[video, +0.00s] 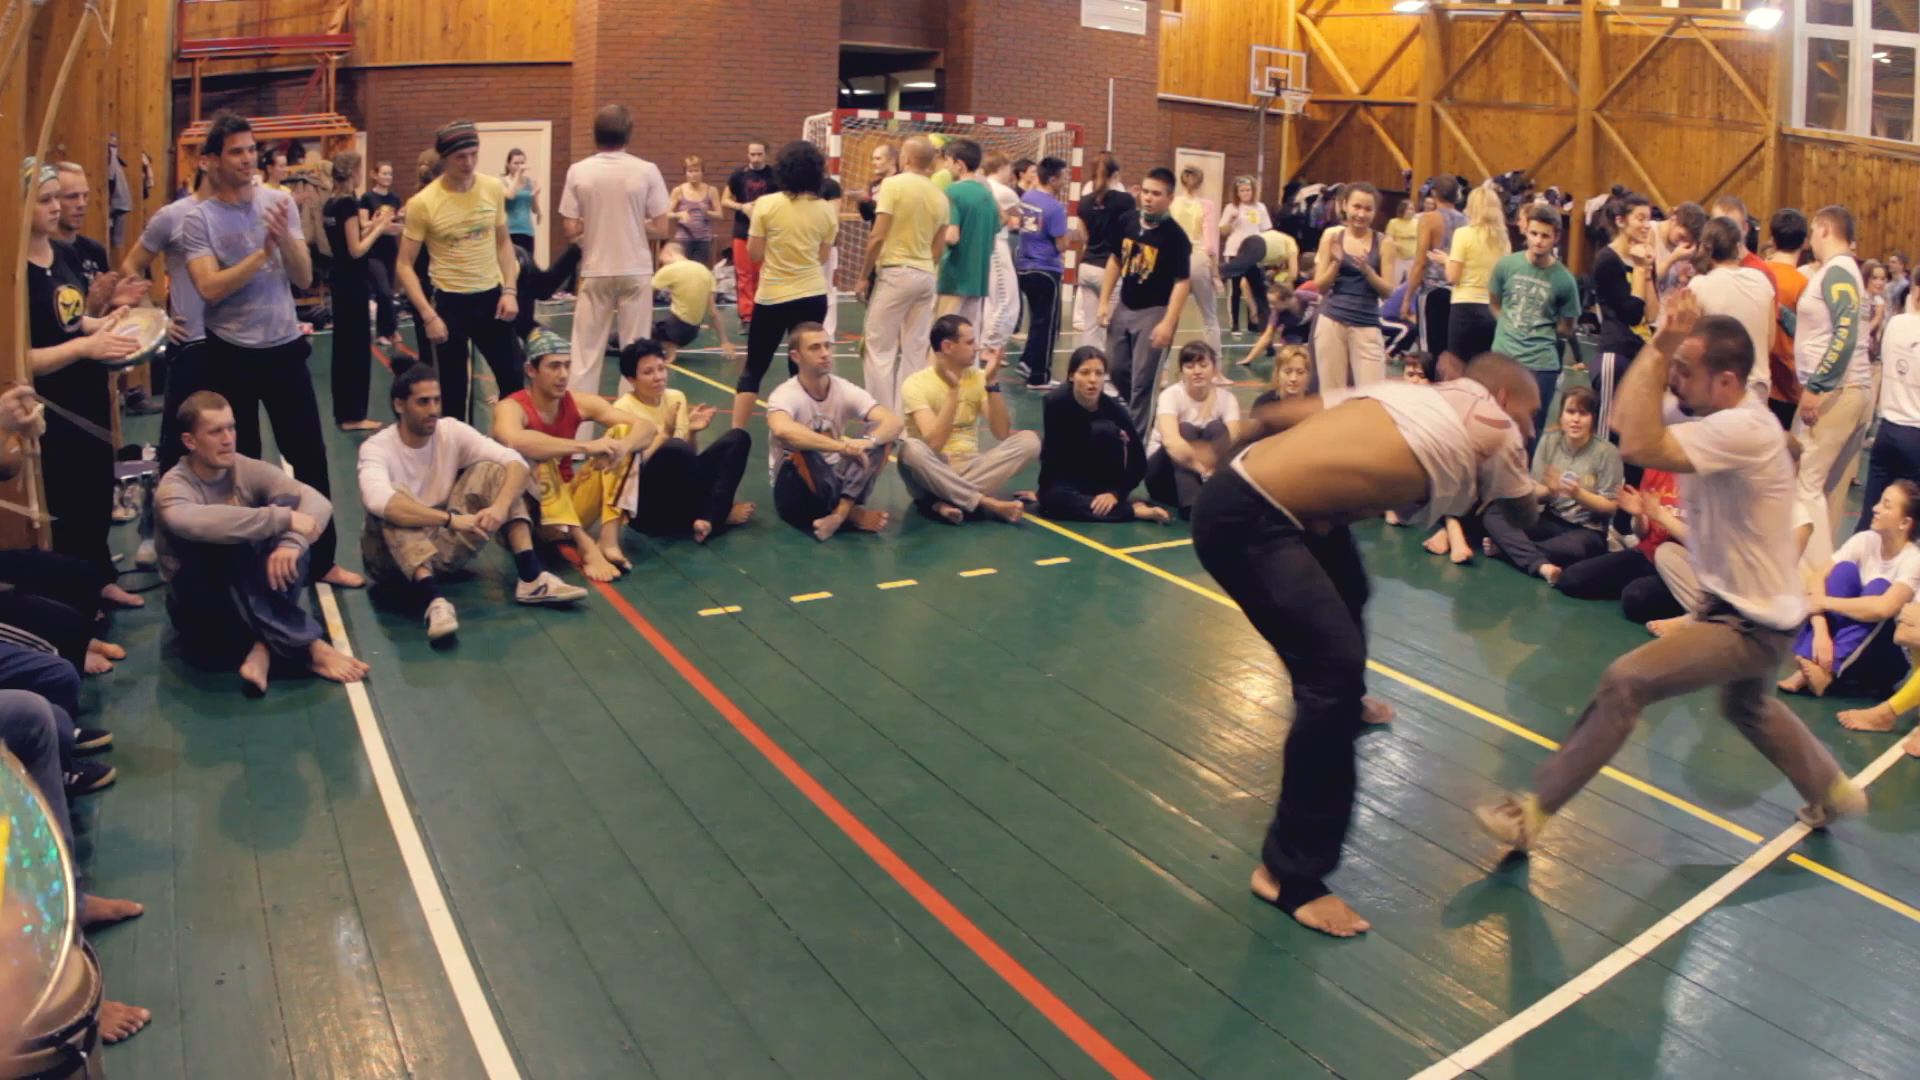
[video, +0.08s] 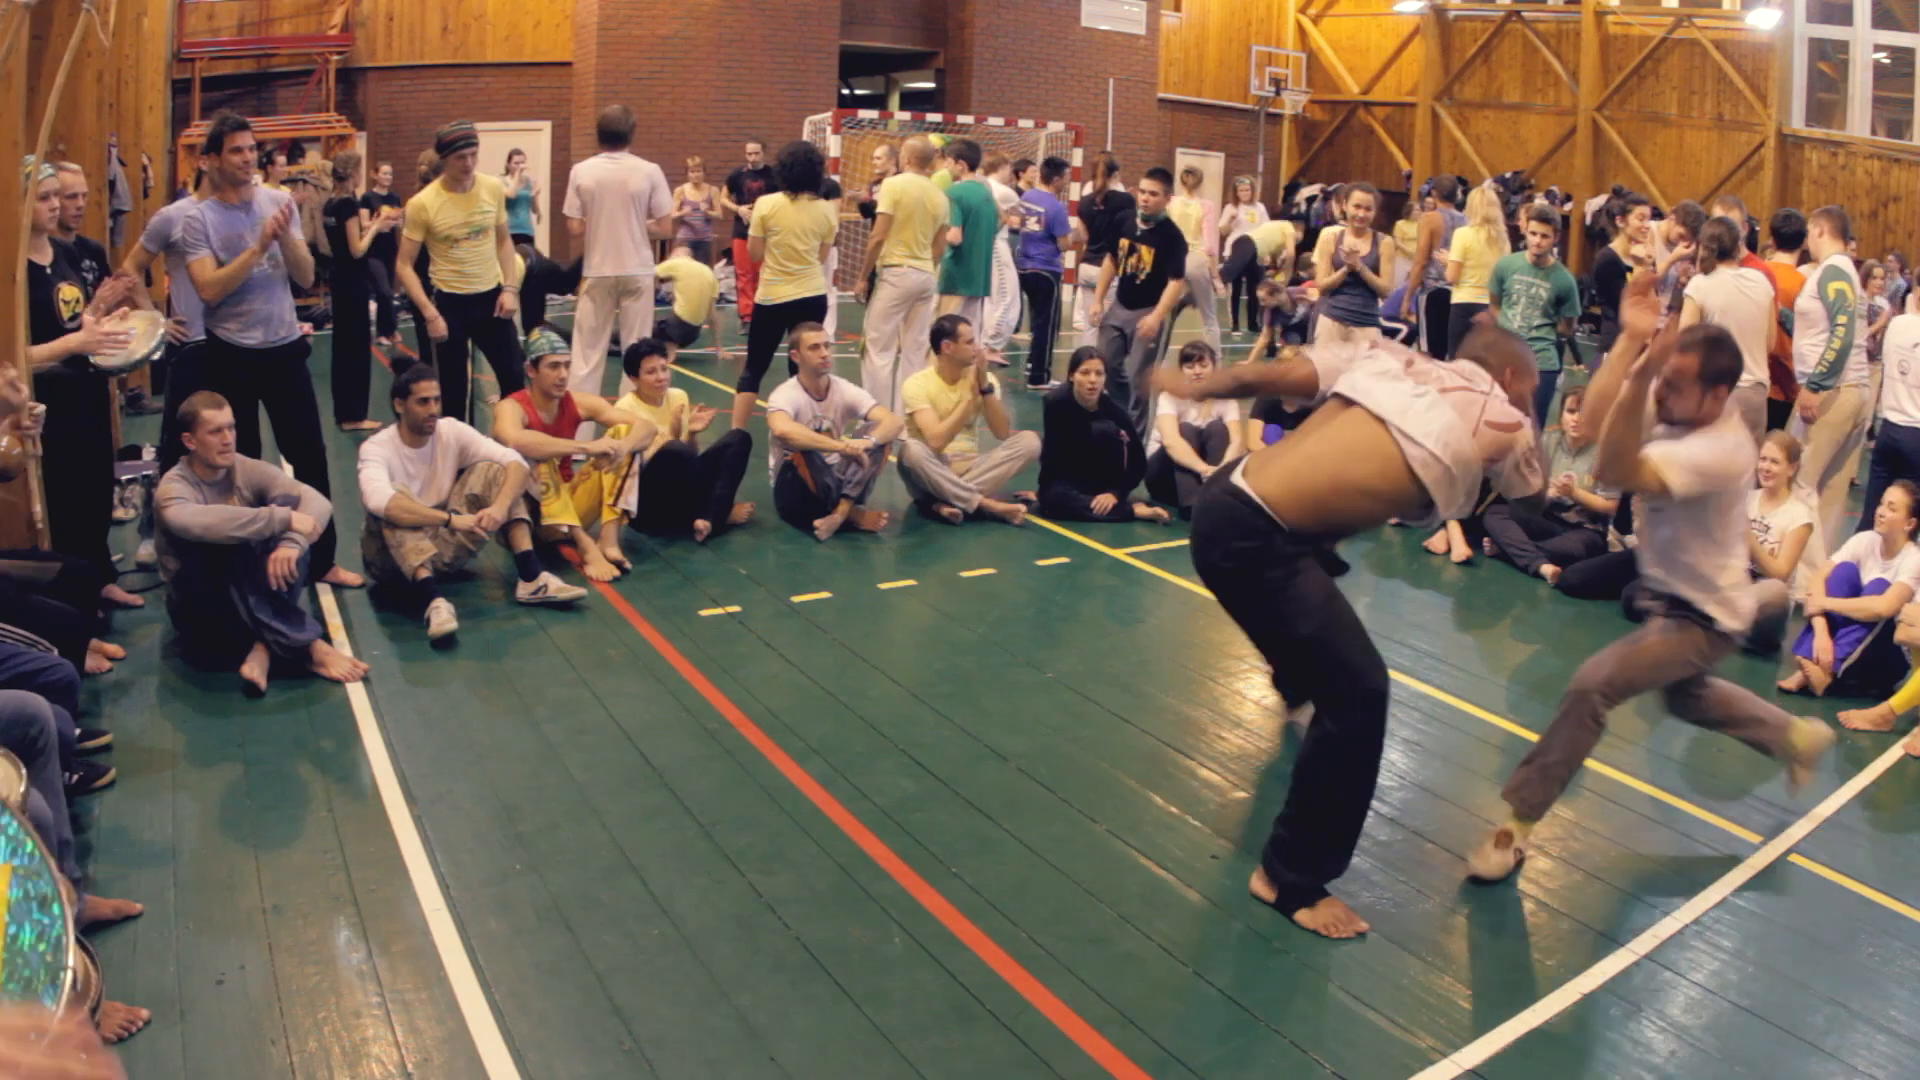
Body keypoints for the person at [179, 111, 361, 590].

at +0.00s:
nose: (248, 160)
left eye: (252, 150)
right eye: (237, 152)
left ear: (257, 154)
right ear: (212, 160)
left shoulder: (277, 203)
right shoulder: (195, 217)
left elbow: (303, 279)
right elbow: (209, 288)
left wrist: (286, 237)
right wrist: (264, 254)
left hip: (284, 347)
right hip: (229, 352)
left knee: (310, 456)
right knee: (241, 461)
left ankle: (322, 564)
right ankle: (250, 568)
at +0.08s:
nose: (249, 159)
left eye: (252, 150)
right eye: (237, 151)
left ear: (258, 154)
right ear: (211, 160)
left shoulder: (276, 202)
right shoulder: (194, 217)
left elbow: (306, 279)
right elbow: (208, 289)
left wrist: (287, 237)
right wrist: (258, 249)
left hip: (284, 348)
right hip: (229, 353)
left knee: (310, 457)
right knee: (241, 462)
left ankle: (322, 564)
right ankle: (251, 568)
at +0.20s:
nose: (248, 159)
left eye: (251, 149)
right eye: (236, 151)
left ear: (257, 153)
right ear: (210, 160)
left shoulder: (276, 202)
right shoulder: (191, 218)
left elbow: (307, 281)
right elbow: (206, 291)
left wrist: (293, 239)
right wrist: (251, 245)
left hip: (284, 348)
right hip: (230, 353)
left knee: (310, 457)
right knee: (241, 462)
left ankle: (322, 563)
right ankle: (251, 567)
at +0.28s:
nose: (247, 159)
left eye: (251, 150)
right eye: (235, 152)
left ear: (257, 153)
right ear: (210, 160)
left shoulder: (276, 201)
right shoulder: (191, 218)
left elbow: (307, 281)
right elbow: (206, 291)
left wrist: (293, 239)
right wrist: (249, 243)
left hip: (284, 349)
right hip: (229, 353)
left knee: (311, 457)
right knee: (241, 462)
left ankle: (322, 563)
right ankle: (251, 567)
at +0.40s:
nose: (246, 161)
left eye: (250, 151)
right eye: (235, 154)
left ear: (256, 154)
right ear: (210, 161)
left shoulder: (276, 202)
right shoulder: (191, 217)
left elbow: (305, 278)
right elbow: (207, 290)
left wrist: (283, 237)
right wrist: (257, 252)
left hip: (284, 348)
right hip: (229, 353)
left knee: (310, 457)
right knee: (240, 463)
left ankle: (322, 564)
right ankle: (250, 568)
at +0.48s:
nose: (245, 163)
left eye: (249, 153)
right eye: (234, 156)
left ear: (255, 154)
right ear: (209, 162)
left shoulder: (275, 202)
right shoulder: (189, 217)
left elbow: (306, 279)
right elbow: (206, 290)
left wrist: (287, 237)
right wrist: (253, 246)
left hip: (284, 349)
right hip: (229, 353)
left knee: (310, 458)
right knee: (241, 462)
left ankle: (322, 563)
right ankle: (251, 566)